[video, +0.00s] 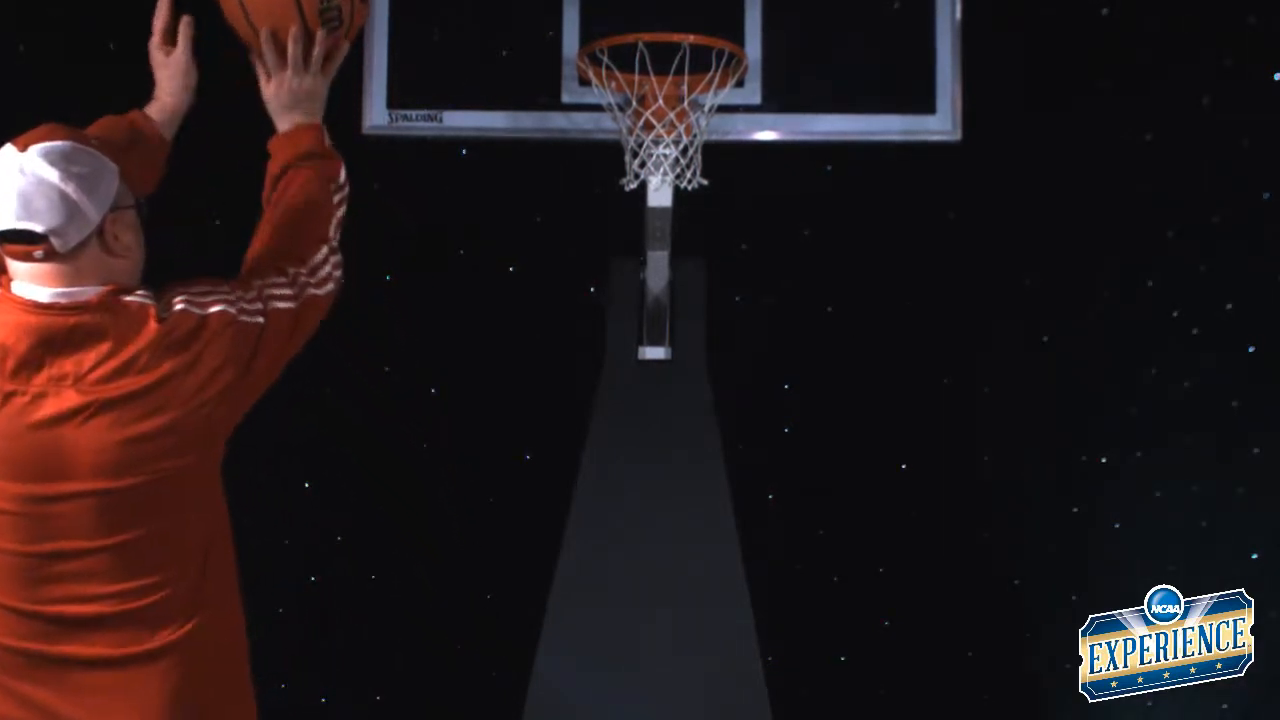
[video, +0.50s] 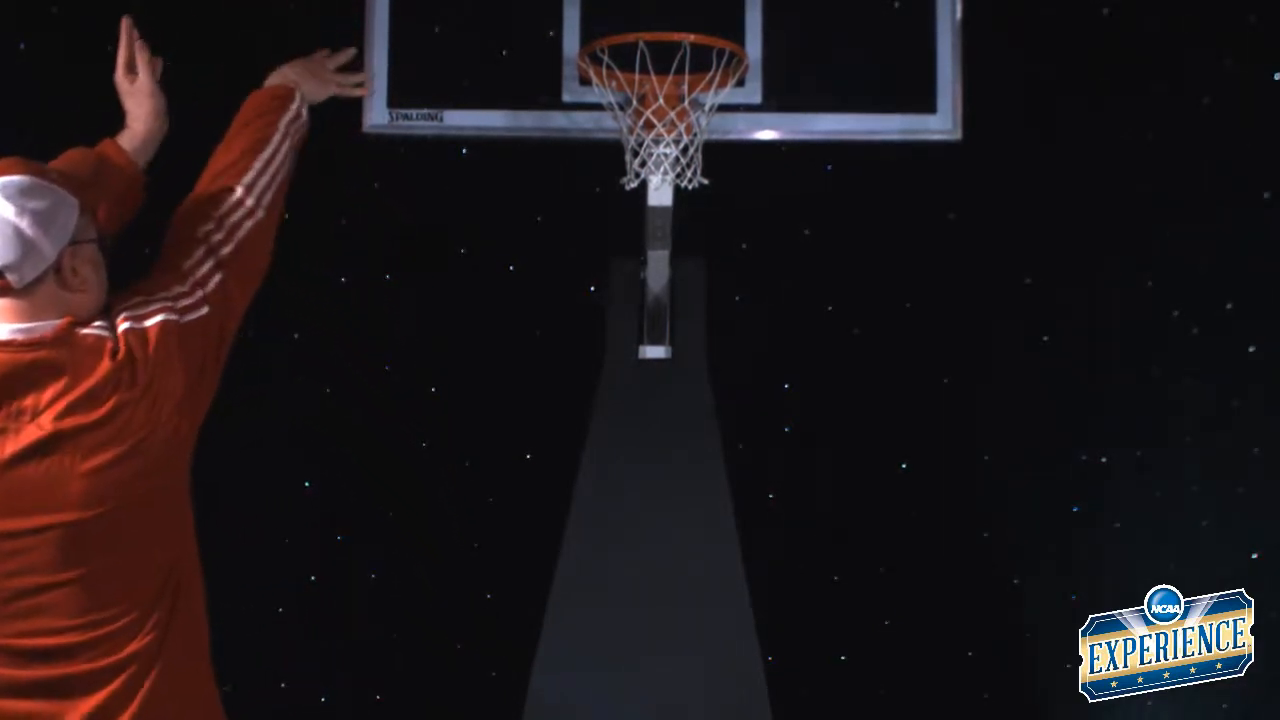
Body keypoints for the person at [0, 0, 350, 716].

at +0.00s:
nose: (139, 220)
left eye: (132, 207)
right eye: (131, 207)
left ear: (22, 236)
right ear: (108, 232)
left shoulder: (2, 327)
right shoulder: (170, 355)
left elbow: (39, 193)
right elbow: (300, 271)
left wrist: (158, 117)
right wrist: (301, 129)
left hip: (19, 697)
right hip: (166, 699)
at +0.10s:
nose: (130, 229)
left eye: (123, 216)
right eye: (121, 219)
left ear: (18, 242)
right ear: (99, 243)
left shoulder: (3, 337)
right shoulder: (160, 358)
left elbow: (34, 190)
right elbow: (288, 261)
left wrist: (157, 119)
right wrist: (303, 118)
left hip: (19, 699)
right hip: (161, 702)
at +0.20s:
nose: (120, 229)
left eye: (113, 216)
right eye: (111, 221)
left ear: (10, 249)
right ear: (93, 249)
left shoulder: (2, 340)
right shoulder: (154, 358)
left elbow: (36, 196)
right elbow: (272, 249)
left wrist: (151, 124)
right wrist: (304, 112)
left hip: (17, 697)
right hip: (155, 701)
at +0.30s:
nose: (116, 234)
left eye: (107, 221)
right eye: (107, 225)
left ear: (5, 256)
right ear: (85, 255)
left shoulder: (1, 347)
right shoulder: (149, 360)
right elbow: (265, 222)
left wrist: (149, 127)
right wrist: (300, 97)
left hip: (13, 698)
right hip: (147, 703)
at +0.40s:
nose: (108, 243)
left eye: (98, 230)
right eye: (97, 234)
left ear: (3, 267)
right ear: (76, 263)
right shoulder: (136, 364)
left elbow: (31, 218)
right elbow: (240, 229)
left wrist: (137, 137)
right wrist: (291, 96)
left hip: (16, 698)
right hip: (142, 703)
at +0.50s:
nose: (95, 243)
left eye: (83, 232)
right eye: (83, 236)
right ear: (69, 270)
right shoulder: (126, 376)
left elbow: (26, 221)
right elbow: (224, 225)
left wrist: (131, 145)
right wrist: (287, 93)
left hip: (15, 699)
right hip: (136, 702)